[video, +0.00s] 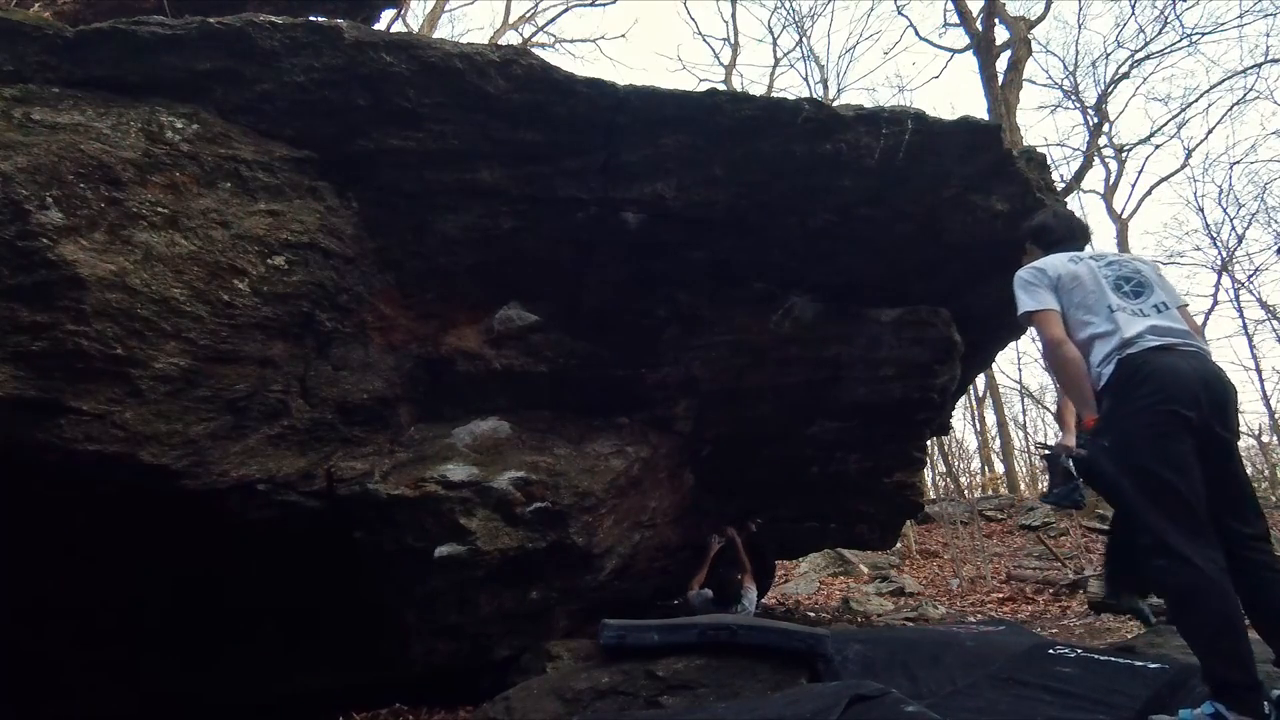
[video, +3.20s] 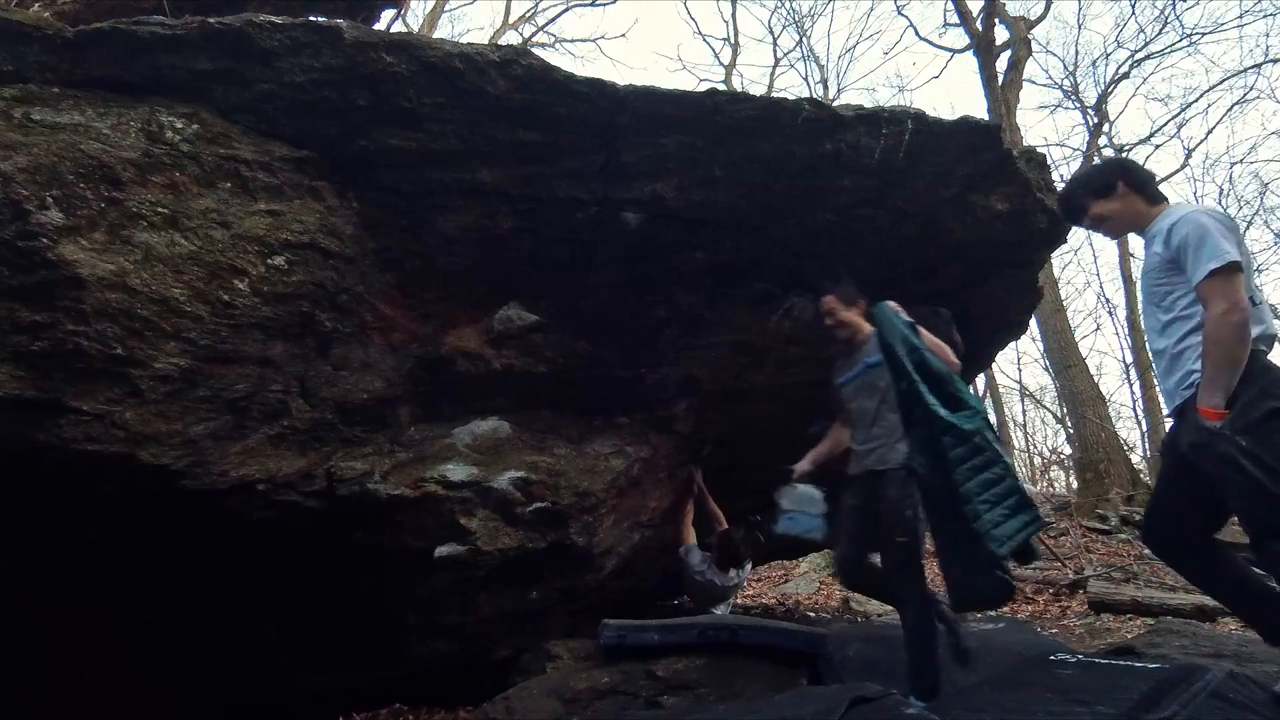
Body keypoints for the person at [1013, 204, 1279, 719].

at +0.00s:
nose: (1025, 260)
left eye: (1025, 255)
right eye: (1023, 255)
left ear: (1035, 250)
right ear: (1083, 240)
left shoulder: (1037, 270)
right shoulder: (1140, 264)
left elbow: (1057, 343)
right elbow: (1194, 330)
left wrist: (1090, 417)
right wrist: (1188, 379)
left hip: (1141, 381)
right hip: (1210, 377)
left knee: (1181, 548)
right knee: (1243, 533)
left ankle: (1239, 700)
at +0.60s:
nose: (1046, 263)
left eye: (1047, 252)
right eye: (1043, 255)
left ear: (1064, 238)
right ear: (1091, 230)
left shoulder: (1095, 249)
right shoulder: (1137, 260)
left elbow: (1133, 317)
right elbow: (1189, 331)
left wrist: (1139, 401)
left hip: (1189, 388)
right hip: (1225, 385)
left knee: (1196, 540)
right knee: (1245, 535)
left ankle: (1244, 692)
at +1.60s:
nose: (1095, 242)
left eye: (1095, 232)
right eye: (1092, 235)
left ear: (1112, 217)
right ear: (1149, 216)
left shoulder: (1127, 239)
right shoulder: (1195, 260)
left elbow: (1134, 317)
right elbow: (1215, 332)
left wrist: (1118, 405)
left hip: (1180, 389)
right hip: (1231, 390)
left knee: (1134, 535)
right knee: (1256, 542)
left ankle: (1224, 671)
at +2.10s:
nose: (1097, 253)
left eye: (1095, 241)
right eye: (1093, 248)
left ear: (1110, 219)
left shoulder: (1139, 231)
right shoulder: (1181, 249)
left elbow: (1156, 310)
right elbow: (1151, 337)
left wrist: (1144, 398)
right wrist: (1077, 324)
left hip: (1198, 385)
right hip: (1239, 388)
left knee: (1182, 527)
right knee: (1258, 523)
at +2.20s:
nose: (1098, 254)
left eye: (1095, 243)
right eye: (1092, 249)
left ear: (1111, 216)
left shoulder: (1143, 230)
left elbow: (1159, 310)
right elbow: (1136, 334)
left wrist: (1153, 399)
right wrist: (1064, 319)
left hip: (1204, 390)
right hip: (1231, 390)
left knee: (1222, 533)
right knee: (1256, 526)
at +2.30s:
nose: (1096, 249)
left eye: (1091, 238)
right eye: (1089, 245)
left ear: (1108, 212)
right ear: (1114, 213)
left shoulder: (1153, 228)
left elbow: (1170, 308)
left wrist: (1161, 399)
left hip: (1204, 390)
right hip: (1222, 387)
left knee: (1244, 539)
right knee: (1247, 536)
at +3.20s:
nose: (1103, 232)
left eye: (1098, 218)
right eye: (1094, 227)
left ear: (1122, 188)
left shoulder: (1191, 224)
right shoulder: (1163, 245)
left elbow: (1231, 312)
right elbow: (1202, 327)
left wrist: (1211, 408)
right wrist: (1185, 412)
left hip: (1238, 404)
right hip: (1199, 416)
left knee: (1271, 539)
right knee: (1167, 532)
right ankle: (1276, 624)